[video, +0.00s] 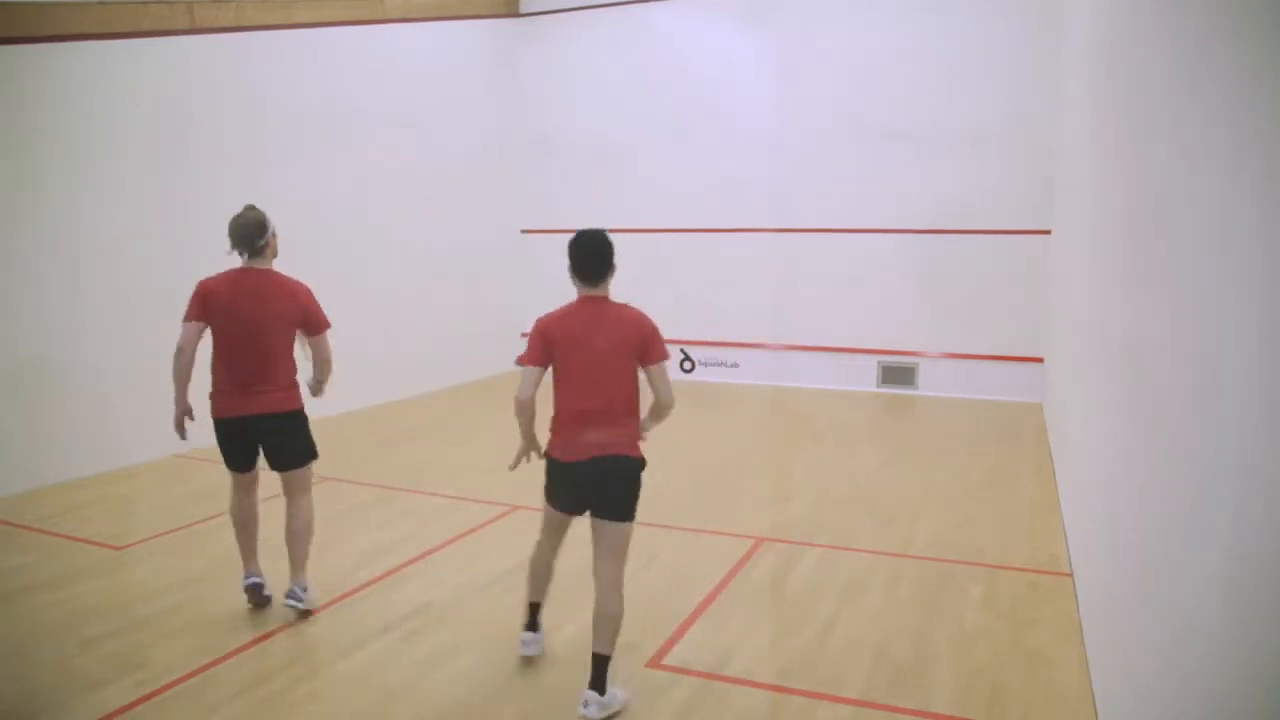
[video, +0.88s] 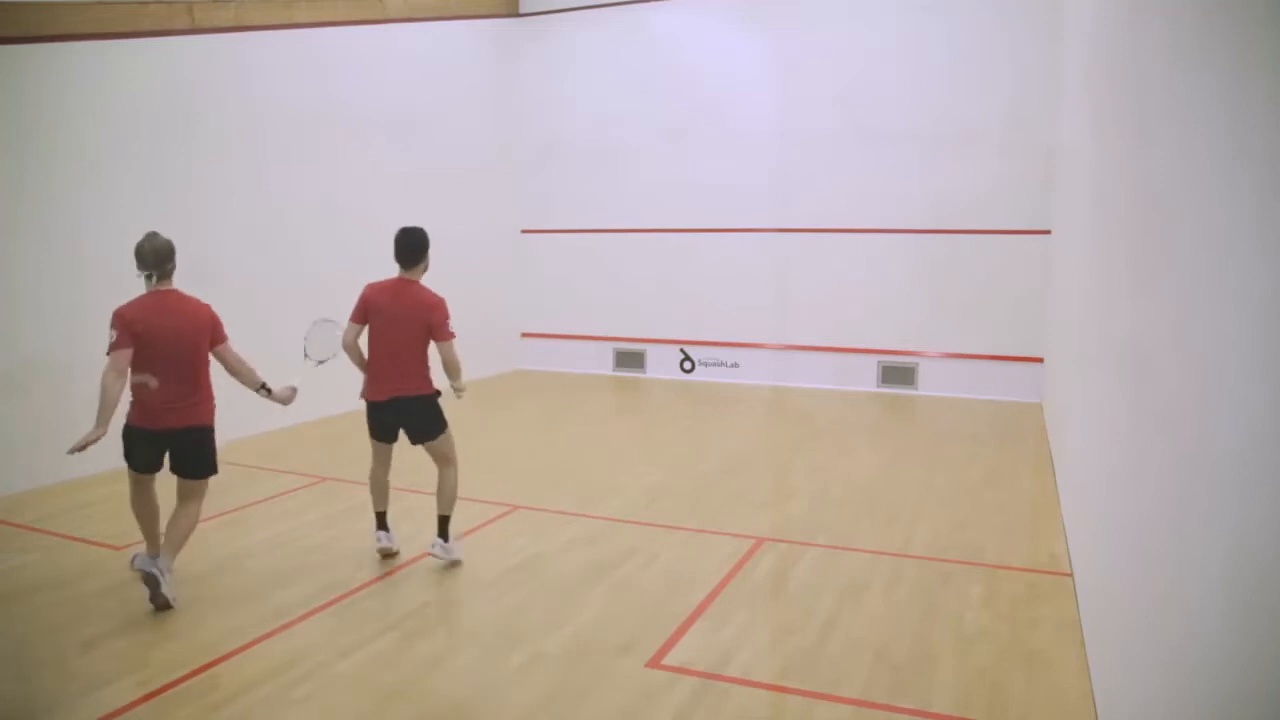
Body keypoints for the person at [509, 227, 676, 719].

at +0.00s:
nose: (593, 273)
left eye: (579, 266)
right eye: (605, 265)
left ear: (571, 270)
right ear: (613, 269)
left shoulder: (552, 325)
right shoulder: (636, 323)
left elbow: (524, 397)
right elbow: (665, 399)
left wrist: (529, 440)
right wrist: (645, 425)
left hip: (566, 465)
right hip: (619, 467)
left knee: (547, 544)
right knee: (609, 578)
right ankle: (597, 691)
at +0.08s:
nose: (571, 282)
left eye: (555, 276)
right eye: (579, 272)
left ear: (548, 281)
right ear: (588, 279)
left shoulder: (530, 335)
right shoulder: (612, 335)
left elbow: (509, 405)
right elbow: (635, 409)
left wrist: (506, 441)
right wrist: (612, 429)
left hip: (544, 464)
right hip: (598, 465)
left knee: (506, 538)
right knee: (597, 574)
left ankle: (485, 622)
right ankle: (598, 689)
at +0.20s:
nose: (535, 275)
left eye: (521, 268)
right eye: (545, 269)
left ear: (512, 272)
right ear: (552, 273)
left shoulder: (494, 324)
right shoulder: (573, 324)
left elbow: (472, 391)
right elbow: (588, 396)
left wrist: (478, 419)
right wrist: (560, 414)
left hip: (500, 453)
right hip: (551, 454)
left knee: (475, 537)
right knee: (567, 545)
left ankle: (468, 629)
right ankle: (581, 640)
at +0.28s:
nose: (514, 267)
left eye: (498, 261)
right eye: (523, 260)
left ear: (493, 266)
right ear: (531, 266)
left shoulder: (472, 316)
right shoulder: (550, 318)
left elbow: (450, 383)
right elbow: (563, 388)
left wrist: (466, 400)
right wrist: (541, 410)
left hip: (481, 446)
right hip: (530, 446)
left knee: (470, 535)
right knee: (551, 531)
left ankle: (469, 629)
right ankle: (550, 614)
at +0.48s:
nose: (462, 265)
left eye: (461, 259)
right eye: (472, 259)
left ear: (463, 262)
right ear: (498, 263)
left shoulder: (442, 305)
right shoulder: (508, 311)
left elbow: (419, 360)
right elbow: (517, 374)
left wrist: (445, 375)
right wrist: (526, 392)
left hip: (447, 428)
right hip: (491, 428)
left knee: (449, 508)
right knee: (496, 502)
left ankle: (459, 591)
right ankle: (493, 572)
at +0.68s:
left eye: (434, 259)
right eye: (459, 259)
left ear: (431, 262)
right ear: (464, 263)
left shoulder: (408, 304)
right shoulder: (473, 310)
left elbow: (386, 358)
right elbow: (488, 372)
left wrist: (405, 378)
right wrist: (497, 393)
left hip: (415, 415)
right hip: (458, 415)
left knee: (407, 477)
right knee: (480, 490)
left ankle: (404, 549)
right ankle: (490, 568)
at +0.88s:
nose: (429, 258)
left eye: (426, 253)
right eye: (428, 254)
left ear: (395, 257)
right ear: (425, 258)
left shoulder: (373, 293)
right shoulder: (432, 302)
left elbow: (348, 341)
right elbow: (448, 359)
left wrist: (366, 369)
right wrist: (456, 381)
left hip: (378, 398)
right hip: (417, 399)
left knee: (380, 464)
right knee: (447, 462)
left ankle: (382, 532)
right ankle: (443, 540)